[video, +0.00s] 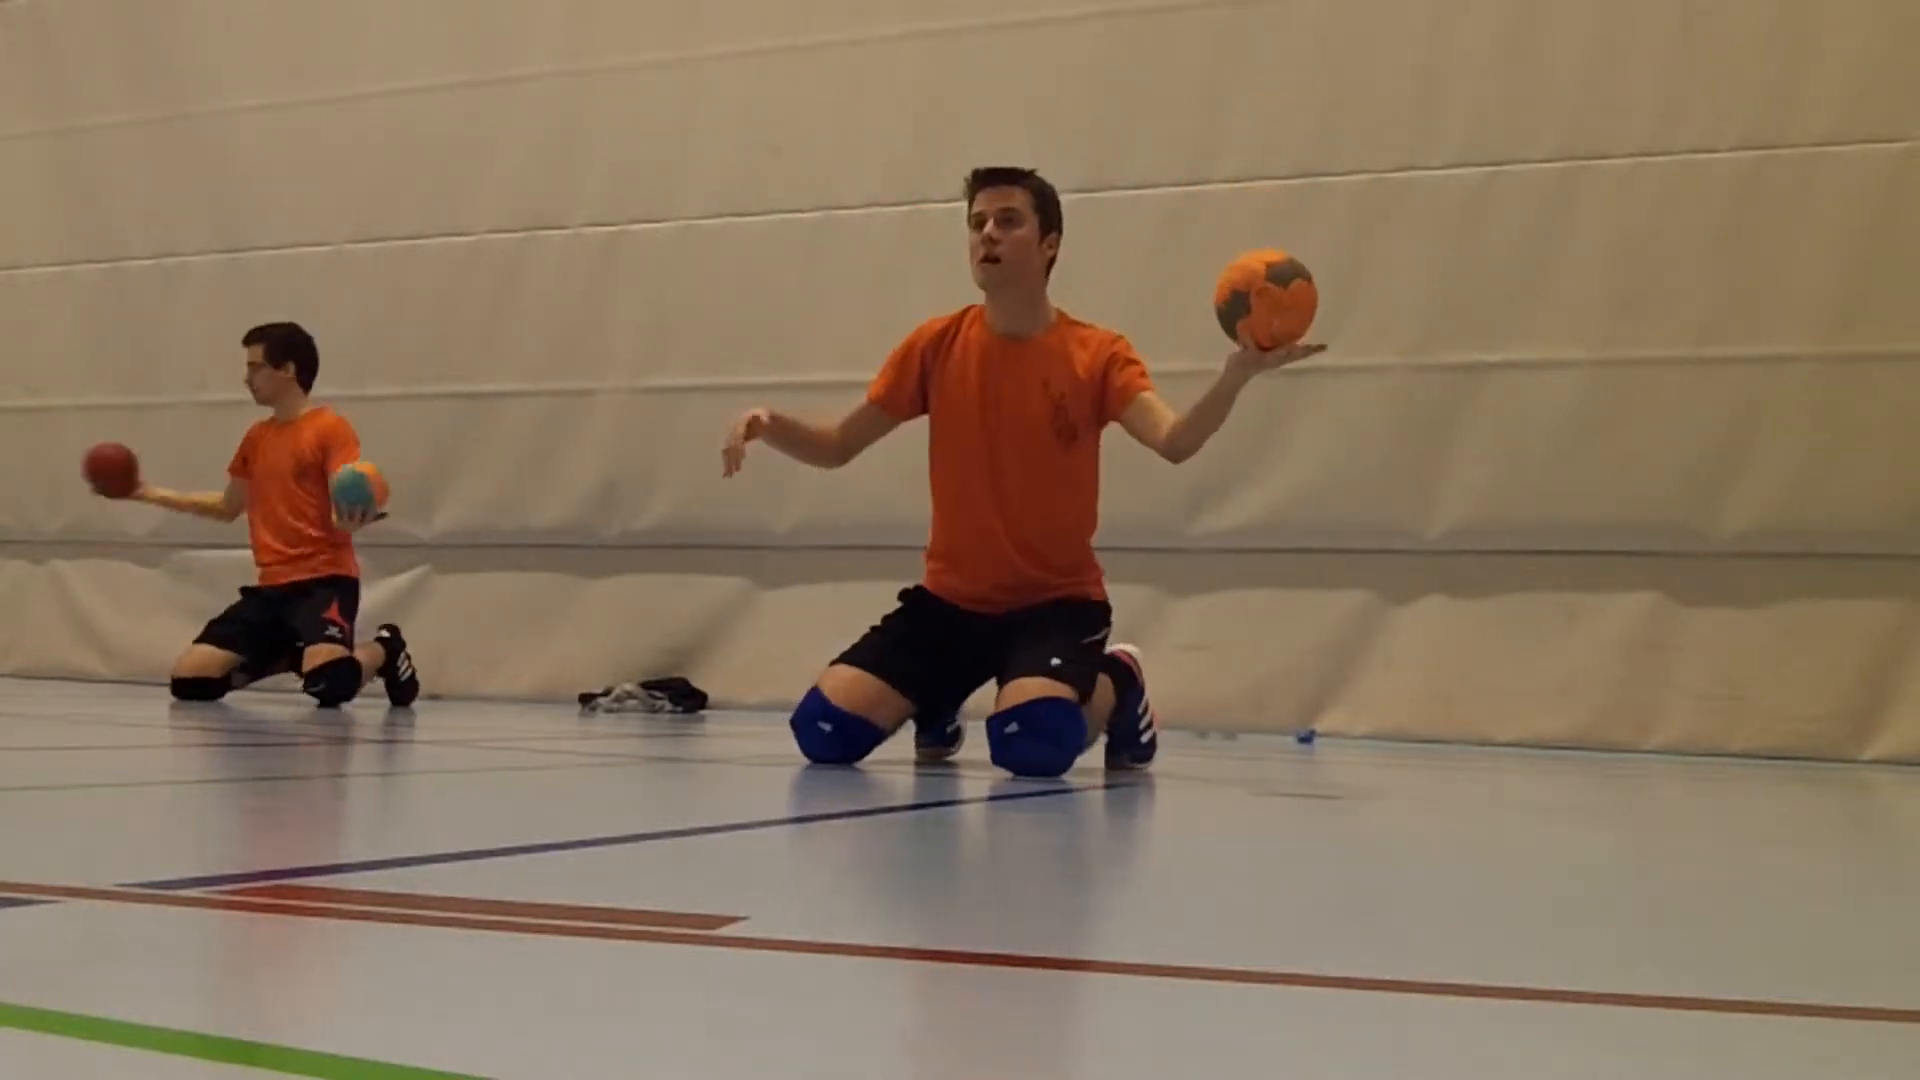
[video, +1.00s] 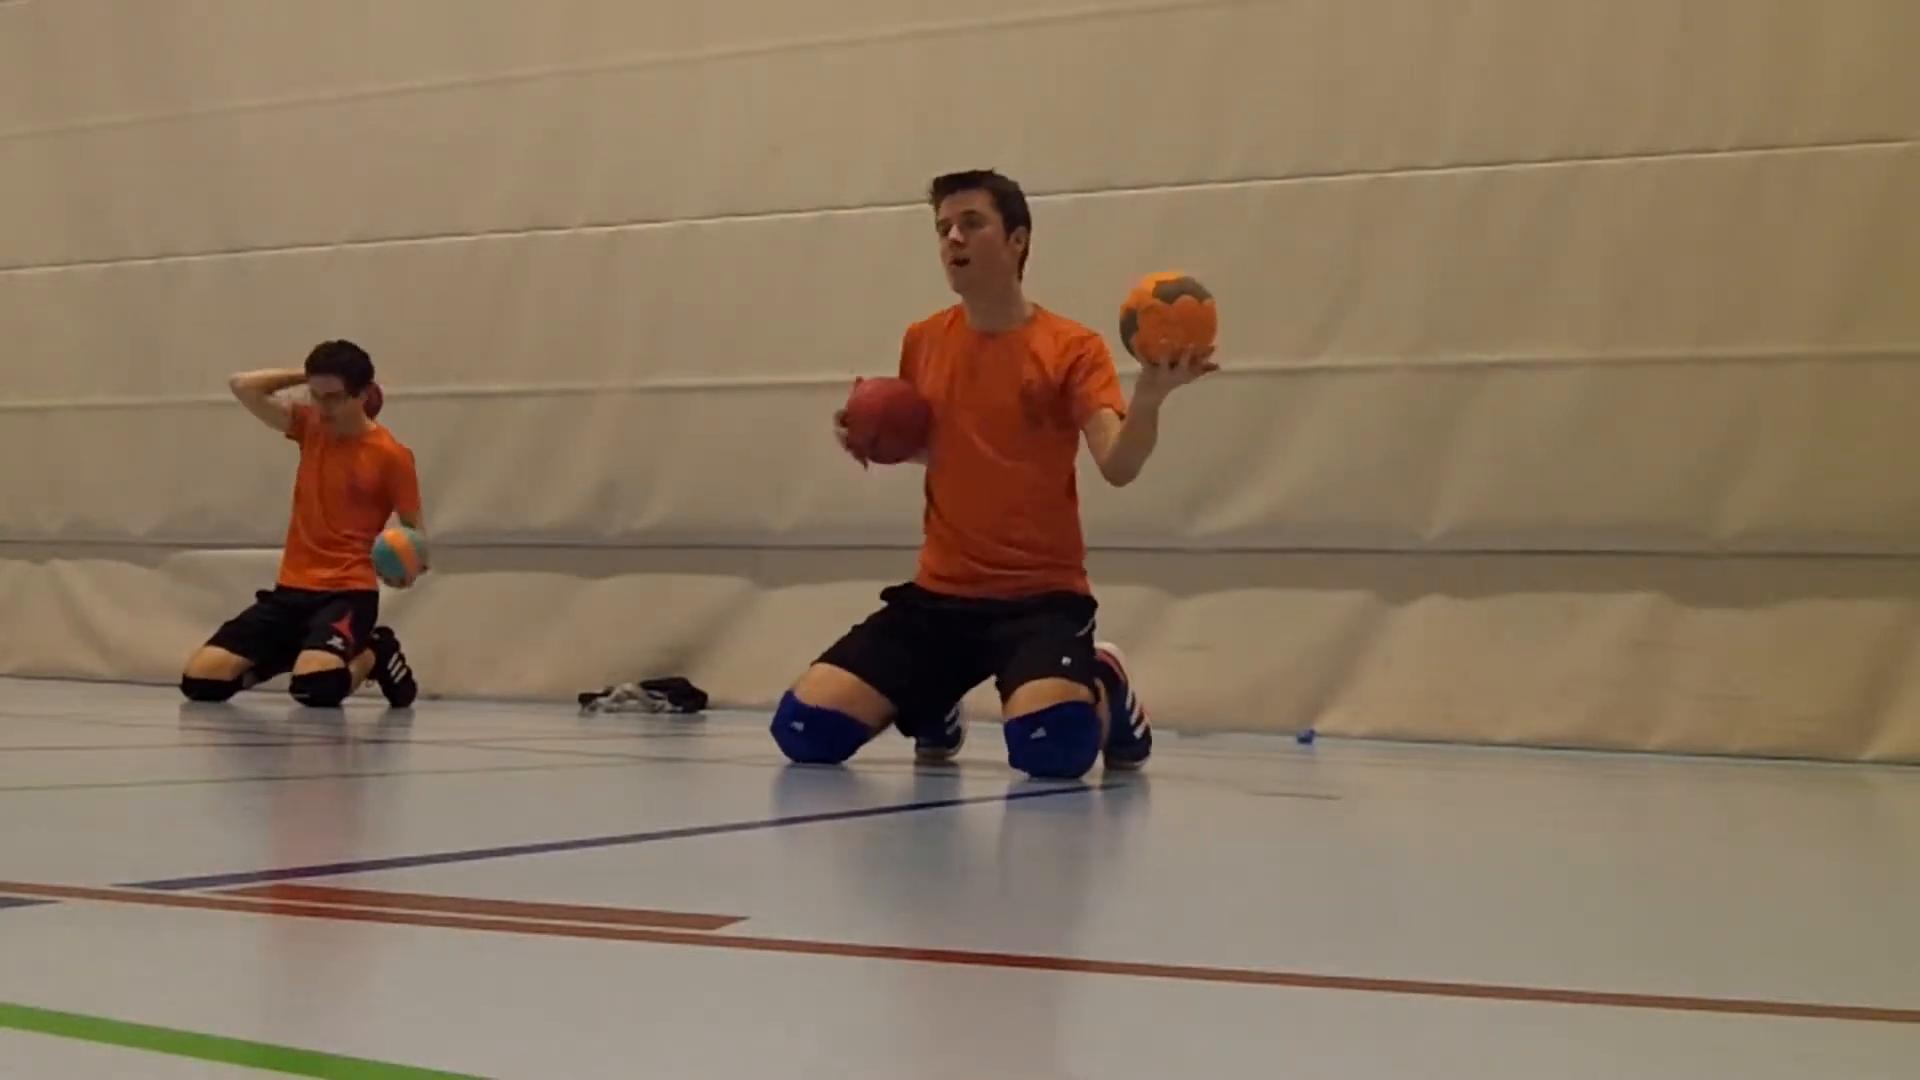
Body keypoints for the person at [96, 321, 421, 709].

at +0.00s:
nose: (246, 377)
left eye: (255, 367)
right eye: (247, 367)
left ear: (289, 371)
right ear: (276, 372)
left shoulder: (329, 428)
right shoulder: (258, 437)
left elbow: (346, 515)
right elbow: (226, 508)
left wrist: (355, 512)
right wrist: (144, 492)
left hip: (325, 585)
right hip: (270, 590)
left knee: (328, 685)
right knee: (188, 683)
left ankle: (386, 649)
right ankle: (298, 657)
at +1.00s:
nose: (322, 409)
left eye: (332, 399)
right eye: (315, 398)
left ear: (362, 395)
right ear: (309, 392)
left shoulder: (391, 456)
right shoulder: (309, 425)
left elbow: (415, 534)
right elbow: (244, 386)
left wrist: (405, 567)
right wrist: (309, 375)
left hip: (348, 596)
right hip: (291, 591)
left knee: (312, 690)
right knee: (199, 683)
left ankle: (377, 653)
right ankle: (302, 652)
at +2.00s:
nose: (222, 351)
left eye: (234, 340)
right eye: (219, 341)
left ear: (270, 350)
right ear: (215, 347)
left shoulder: (309, 410)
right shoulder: (235, 421)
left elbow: (338, 494)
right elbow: (232, 522)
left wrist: (332, 511)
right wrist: (200, 598)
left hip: (312, 571)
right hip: (256, 576)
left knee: (307, 688)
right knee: (195, 684)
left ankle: (396, 656)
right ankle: (300, 653)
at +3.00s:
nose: (259, 379)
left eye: (269, 369)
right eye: (259, 370)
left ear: (305, 373)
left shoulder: (345, 431)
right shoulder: (279, 442)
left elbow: (371, 520)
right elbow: (255, 528)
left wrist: (347, 527)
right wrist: (173, 546)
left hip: (340, 584)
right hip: (287, 585)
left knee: (320, 686)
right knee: (201, 683)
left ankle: (402, 658)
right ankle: (308, 656)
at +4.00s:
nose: (279, 345)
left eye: (291, 336)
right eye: (277, 336)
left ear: (325, 348)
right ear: (275, 343)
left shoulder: (351, 412)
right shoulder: (271, 415)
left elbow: (380, 493)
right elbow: (193, 450)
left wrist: (352, 514)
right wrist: (172, 370)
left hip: (336, 576)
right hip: (280, 573)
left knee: (323, 691)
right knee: (221, 686)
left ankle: (382, 660)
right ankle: (319, 647)